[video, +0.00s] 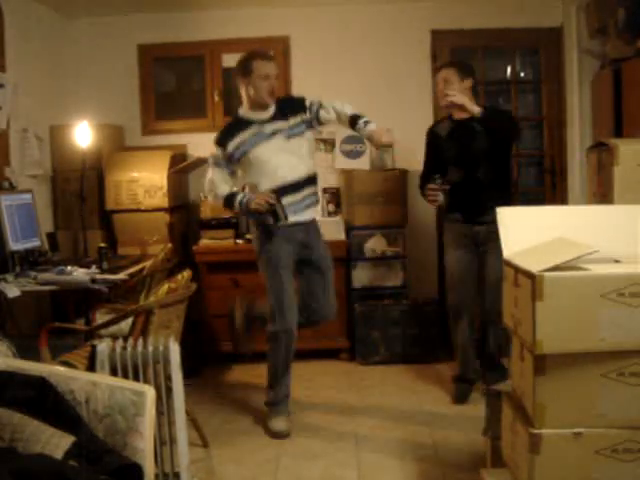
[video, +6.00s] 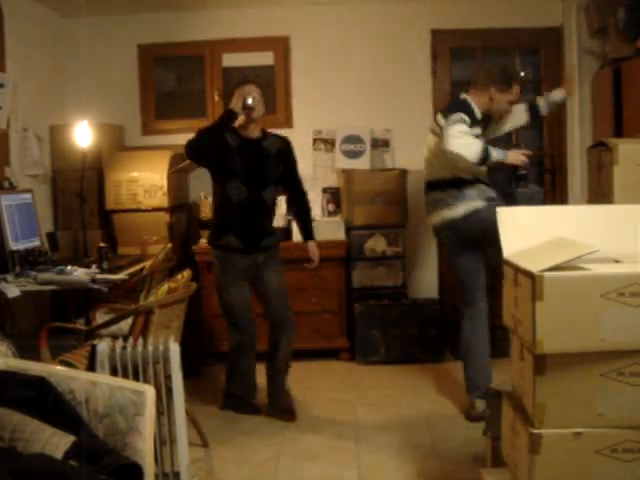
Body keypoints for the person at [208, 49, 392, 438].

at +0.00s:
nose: (272, 86)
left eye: (274, 79)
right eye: (264, 79)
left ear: (277, 80)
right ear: (243, 83)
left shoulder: (296, 109)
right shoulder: (231, 137)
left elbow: (335, 113)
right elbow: (217, 187)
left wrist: (368, 130)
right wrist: (245, 199)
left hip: (308, 226)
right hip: (274, 233)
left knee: (320, 310)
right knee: (285, 321)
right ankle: (278, 405)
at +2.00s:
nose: (380, 113)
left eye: (381, 106)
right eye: (378, 105)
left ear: (361, 105)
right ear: (360, 103)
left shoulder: (373, 143)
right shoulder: (308, 138)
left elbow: (411, 157)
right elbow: (276, 188)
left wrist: (461, 150)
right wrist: (321, 205)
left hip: (362, 237)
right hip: (329, 241)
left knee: (379, 321)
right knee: (428, 278)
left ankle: (339, 406)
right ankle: (480, 356)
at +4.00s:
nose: (406, 82)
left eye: (414, 74)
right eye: (398, 74)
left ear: (425, 72)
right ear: (385, 69)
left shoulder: (449, 108)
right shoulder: (365, 117)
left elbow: (492, 137)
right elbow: (346, 172)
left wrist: (523, 173)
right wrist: (389, 187)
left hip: (439, 224)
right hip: (395, 212)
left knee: (425, 326)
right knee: (391, 223)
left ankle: (401, 416)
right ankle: (399, 339)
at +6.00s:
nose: (506, 108)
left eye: (508, 103)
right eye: (505, 101)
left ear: (486, 94)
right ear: (489, 92)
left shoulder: (470, 115)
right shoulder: (459, 112)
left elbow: (513, 116)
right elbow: (457, 147)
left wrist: (553, 98)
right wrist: (503, 155)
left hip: (455, 217)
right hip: (468, 212)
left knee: (474, 304)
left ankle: (477, 394)